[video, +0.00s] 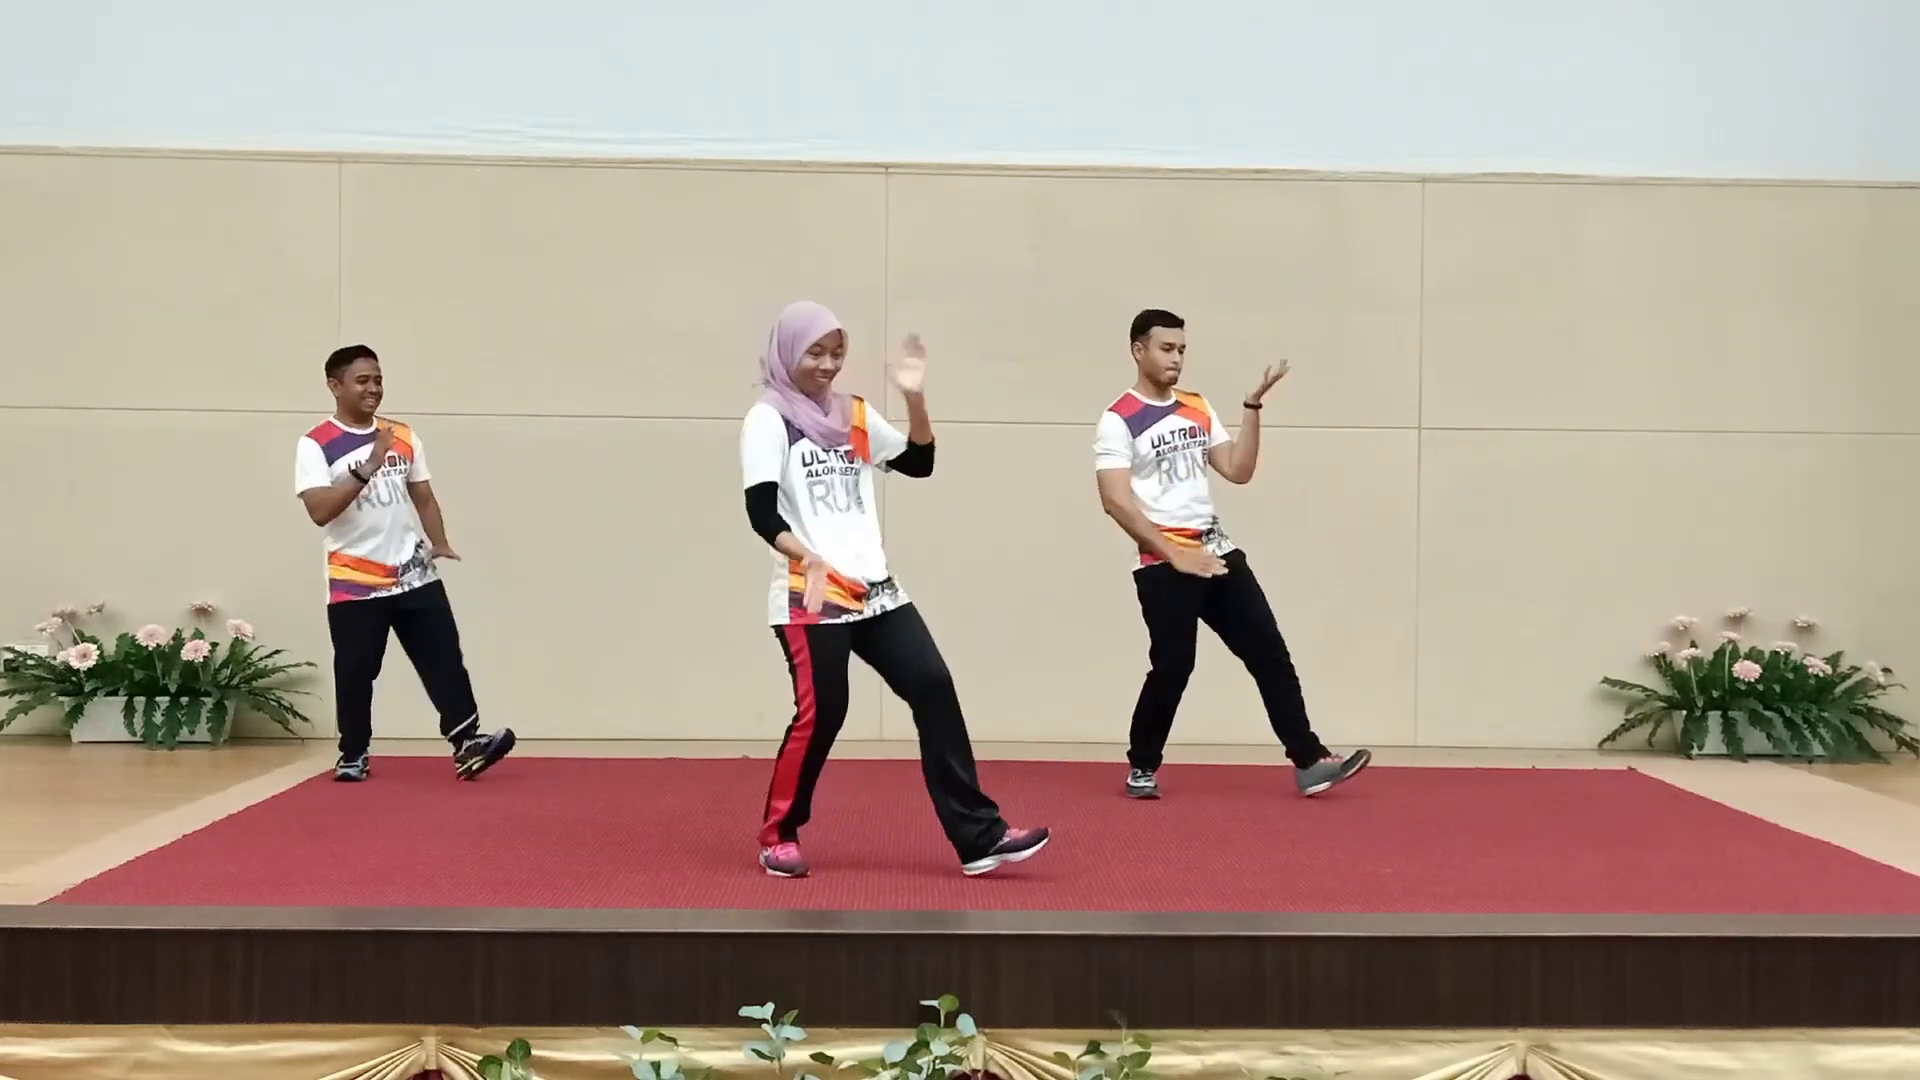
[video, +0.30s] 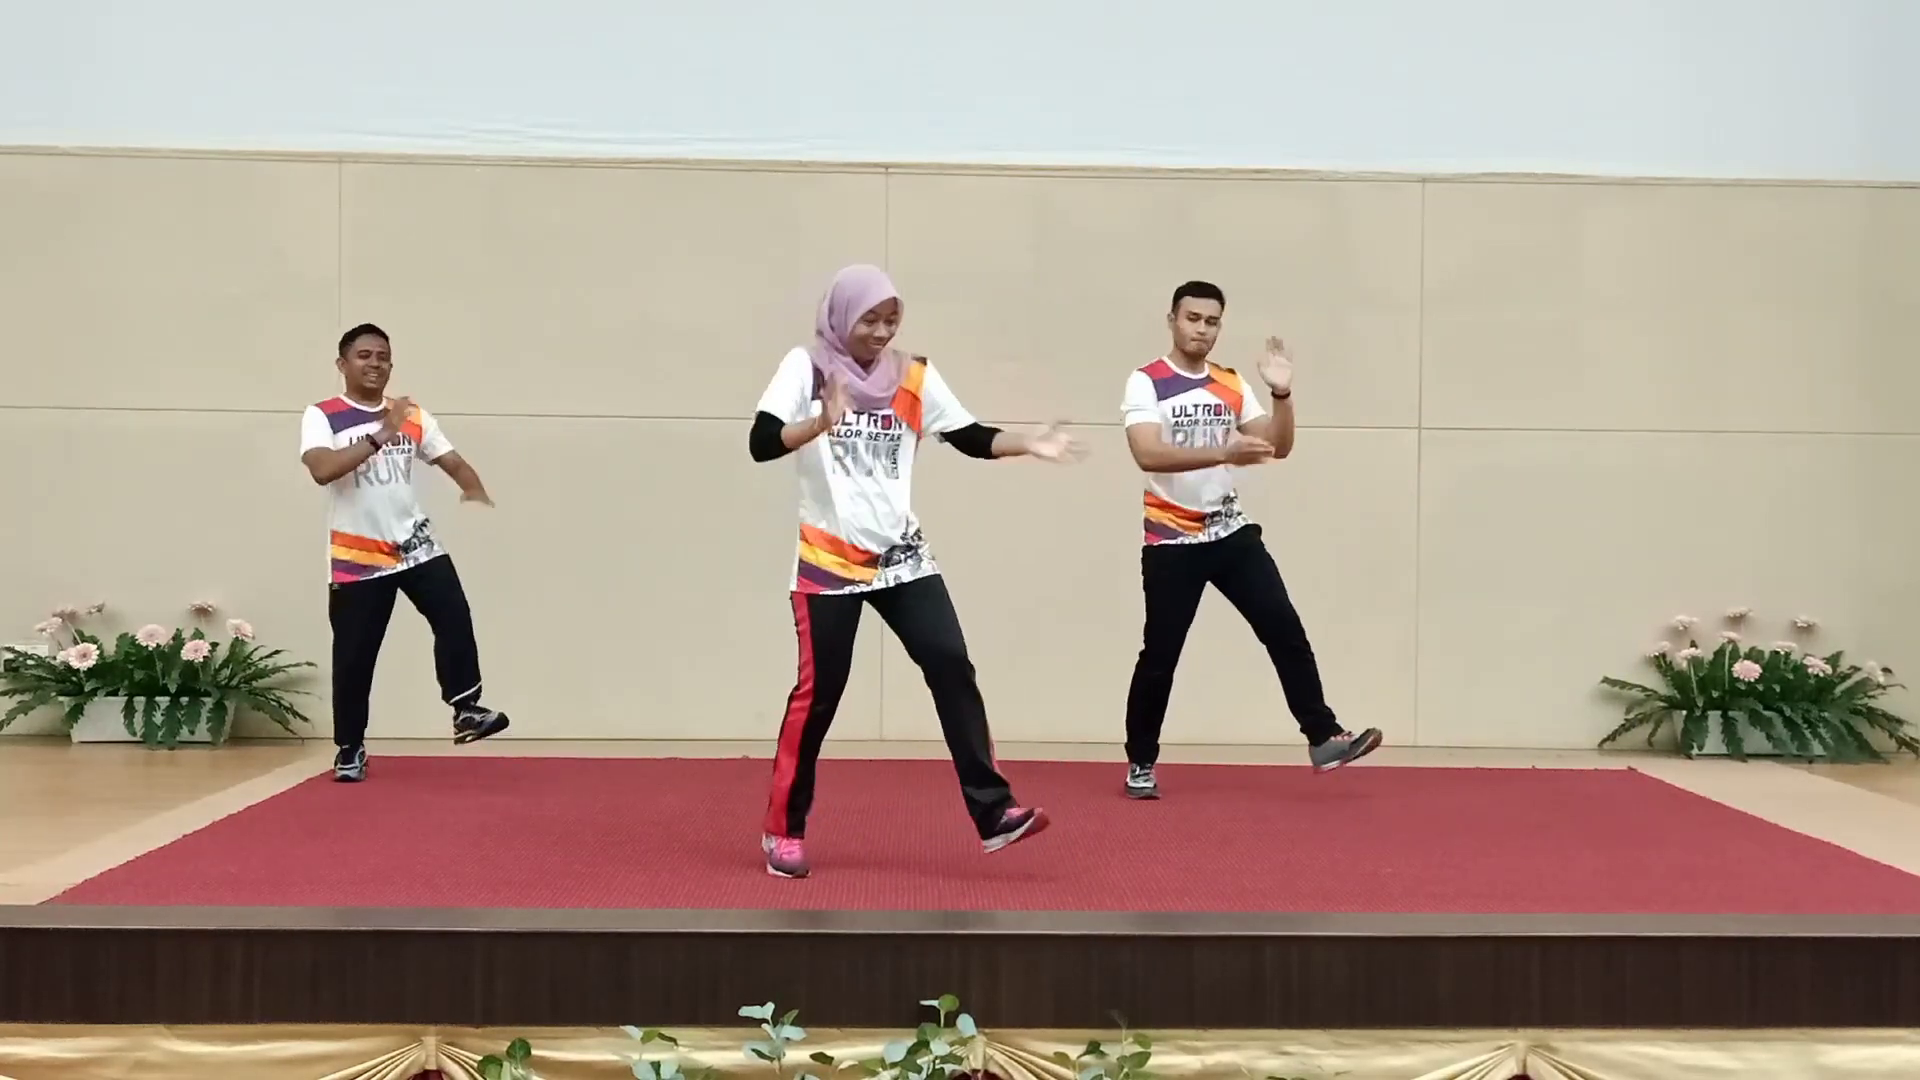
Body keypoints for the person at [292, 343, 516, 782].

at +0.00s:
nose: (373, 388)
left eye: (378, 380)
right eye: (363, 381)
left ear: (382, 384)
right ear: (335, 385)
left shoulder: (401, 437)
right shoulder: (316, 444)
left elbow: (423, 497)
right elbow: (319, 510)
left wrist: (439, 543)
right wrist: (369, 462)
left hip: (413, 573)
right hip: (355, 581)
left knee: (443, 657)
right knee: (354, 673)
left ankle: (467, 743)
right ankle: (353, 756)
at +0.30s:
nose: (375, 364)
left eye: (383, 357)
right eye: (364, 355)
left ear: (390, 365)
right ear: (343, 363)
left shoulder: (408, 415)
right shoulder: (322, 415)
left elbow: (452, 462)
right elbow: (322, 470)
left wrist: (472, 485)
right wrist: (382, 433)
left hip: (416, 547)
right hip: (358, 558)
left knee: (453, 614)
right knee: (353, 661)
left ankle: (466, 710)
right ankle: (350, 751)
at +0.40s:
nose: (385, 357)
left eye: (394, 351)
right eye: (375, 349)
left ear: (406, 360)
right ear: (357, 358)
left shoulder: (428, 413)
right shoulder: (334, 408)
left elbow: (480, 462)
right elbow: (323, 469)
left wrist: (483, 446)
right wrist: (387, 471)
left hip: (423, 544)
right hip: (363, 551)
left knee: (457, 618)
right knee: (352, 654)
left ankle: (475, 709)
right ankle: (348, 749)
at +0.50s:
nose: (402, 364)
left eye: (411, 358)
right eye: (392, 358)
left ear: (426, 370)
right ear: (378, 367)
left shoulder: (446, 424)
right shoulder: (353, 420)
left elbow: (494, 475)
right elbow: (329, 487)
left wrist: (476, 428)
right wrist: (379, 528)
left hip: (435, 564)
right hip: (372, 566)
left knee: (457, 643)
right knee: (356, 661)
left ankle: (487, 739)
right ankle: (350, 750)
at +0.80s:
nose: (449, 366)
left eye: (460, 358)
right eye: (442, 360)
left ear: (483, 367)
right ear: (435, 370)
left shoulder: (504, 422)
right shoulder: (414, 423)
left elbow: (516, 483)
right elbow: (368, 467)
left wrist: (453, 474)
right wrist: (337, 499)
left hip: (475, 567)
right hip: (419, 564)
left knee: (478, 661)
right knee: (393, 652)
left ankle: (483, 753)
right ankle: (385, 740)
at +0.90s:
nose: (466, 368)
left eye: (477, 360)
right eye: (460, 361)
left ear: (501, 367)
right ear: (455, 370)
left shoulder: (518, 422)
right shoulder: (439, 423)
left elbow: (528, 483)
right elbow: (390, 460)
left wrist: (458, 496)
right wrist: (354, 468)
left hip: (490, 569)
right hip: (439, 564)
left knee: (486, 663)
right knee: (417, 642)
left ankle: (485, 753)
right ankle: (453, 728)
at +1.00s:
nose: (480, 370)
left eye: (491, 362)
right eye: (476, 363)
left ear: (517, 370)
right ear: (471, 371)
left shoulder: (530, 421)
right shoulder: (461, 426)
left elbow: (539, 486)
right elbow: (412, 468)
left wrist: (477, 518)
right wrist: (385, 449)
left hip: (500, 568)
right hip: (456, 564)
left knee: (491, 660)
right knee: (448, 644)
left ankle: (485, 755)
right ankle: (520, 717)